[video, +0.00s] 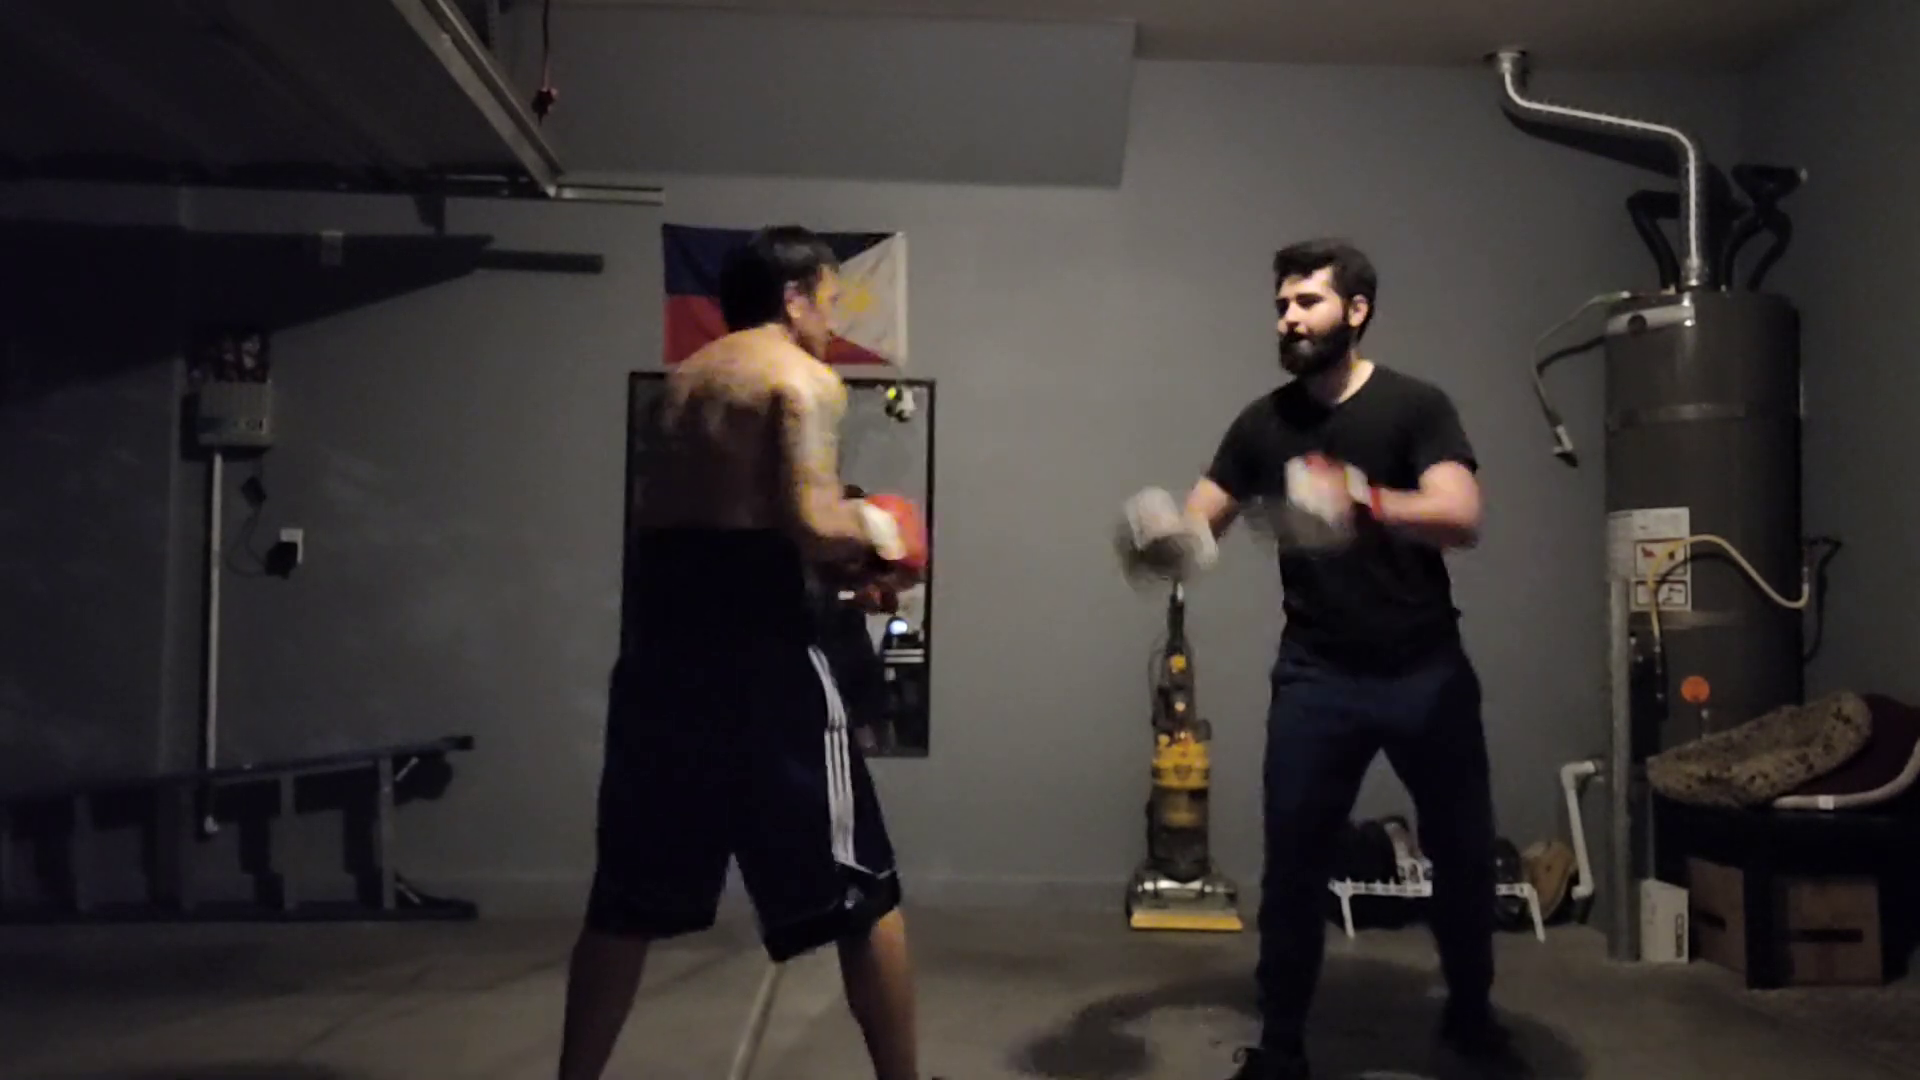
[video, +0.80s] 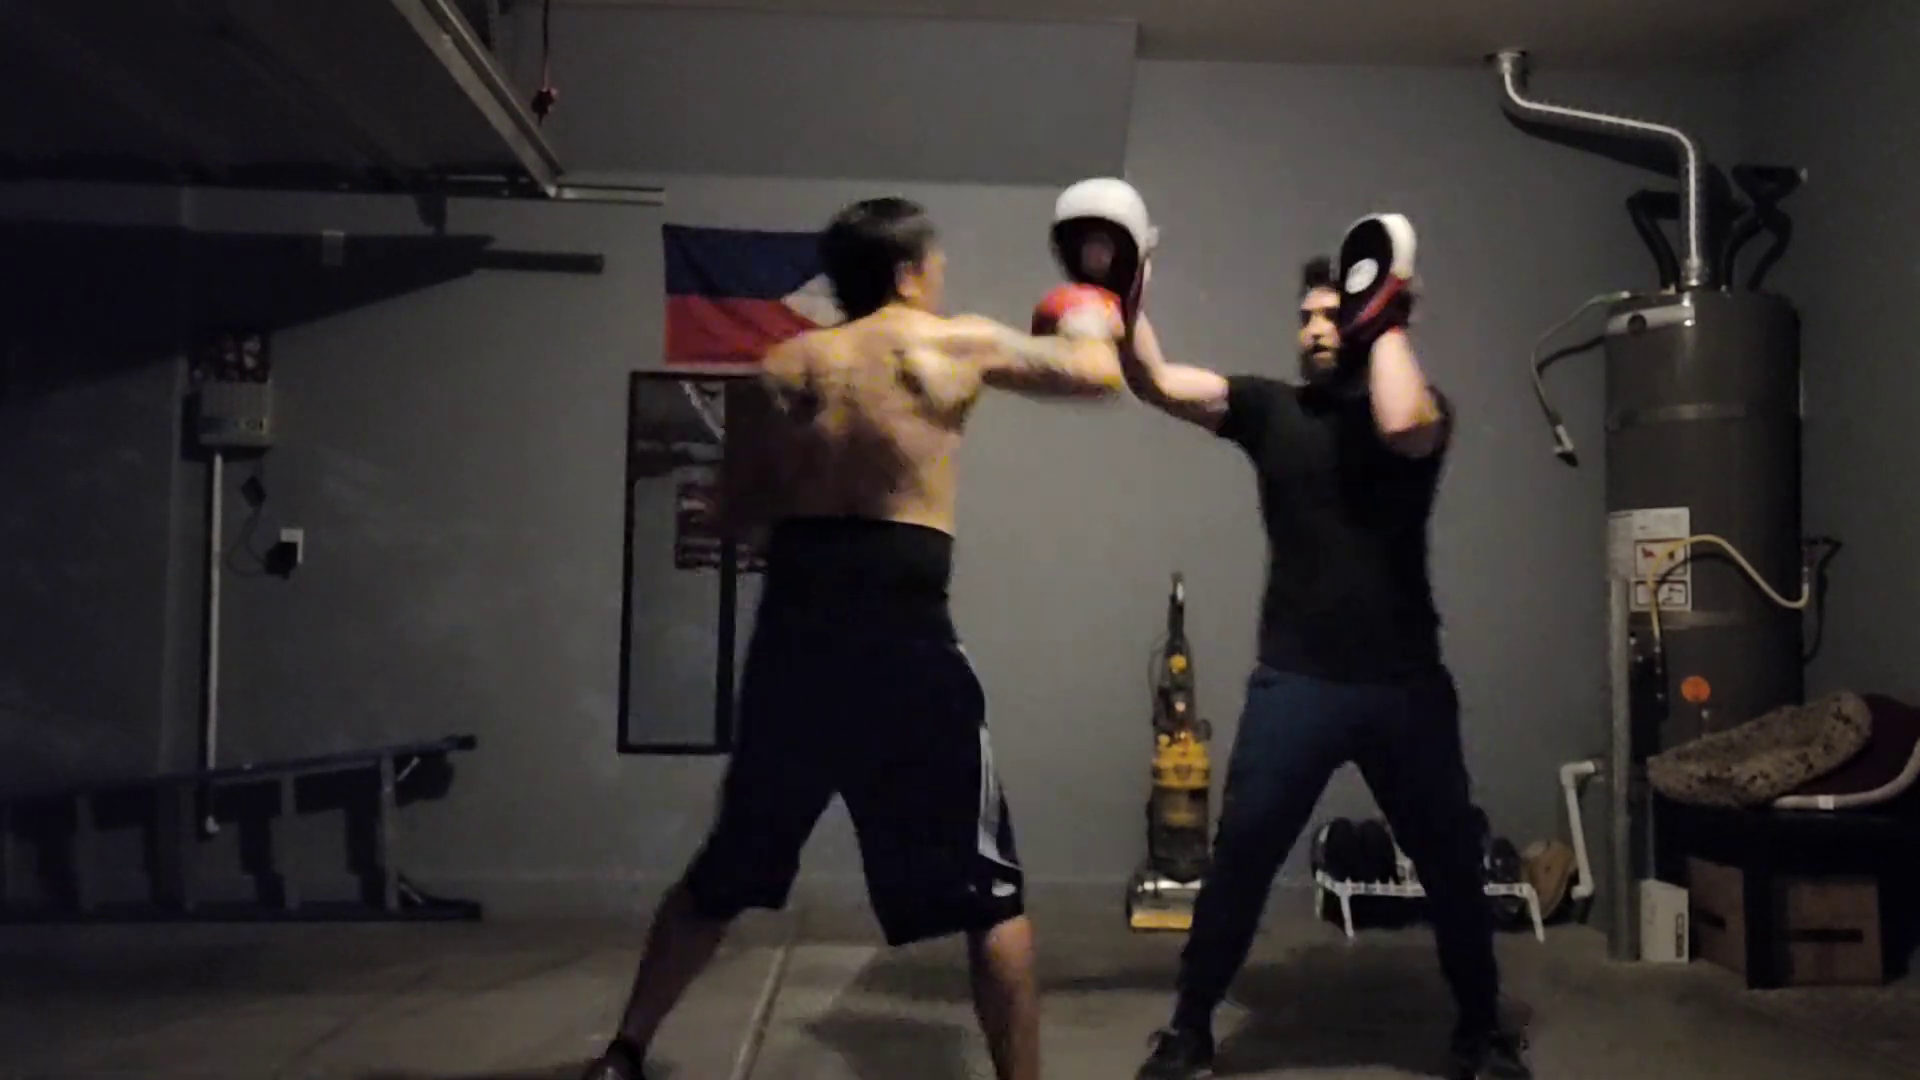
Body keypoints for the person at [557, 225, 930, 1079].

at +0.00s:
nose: (836, 318)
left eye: (834, 301)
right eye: (829, 301)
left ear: (746, 302)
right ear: (796, 300)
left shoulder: (674, 383)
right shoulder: (800, 380)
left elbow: (696, 544)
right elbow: (816, 525)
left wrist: (845, 574)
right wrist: (877, 534)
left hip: (668, 675)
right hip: (778, 678)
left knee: (625, 900)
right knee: (865, 895)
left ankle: (576, 1072)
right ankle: (901, 1071)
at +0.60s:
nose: (840, 299)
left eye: (833, 283)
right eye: (833, 284)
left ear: (748, 291)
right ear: (804, 288)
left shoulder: (694, 383)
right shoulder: (828, 361)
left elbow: (708, 526)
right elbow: (933, 477)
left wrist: (843, 544)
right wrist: (940, 426)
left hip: (709, 661)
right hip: (823, 658)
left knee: (649, 892)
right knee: (951, 848)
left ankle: (583, 1071)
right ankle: (984, 1049)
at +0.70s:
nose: (889, 282)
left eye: (884, 267)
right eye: (882, 269)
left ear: (790, 280)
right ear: (851, 278)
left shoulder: (723, 375)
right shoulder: (897, 346)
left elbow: (674, 521)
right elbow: (1044, 396)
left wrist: (760, 498)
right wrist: (1029, 337)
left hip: (752, 650)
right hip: (869, 646)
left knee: (673, 878)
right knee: (966, 871)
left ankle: (596, 1067)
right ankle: (1009, 1068)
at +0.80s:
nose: (943, 277)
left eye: (938, 264)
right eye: (936, 265)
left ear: (845, 281)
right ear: (910, 274)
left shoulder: (779, 364)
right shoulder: (957, 343)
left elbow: (735, 513)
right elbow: (1094, 372)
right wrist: (1090, 322)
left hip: (794, 642)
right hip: (905, 643)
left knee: (730, 861)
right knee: (991, 880)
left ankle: (625, 1050)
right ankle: (1021, 1072)